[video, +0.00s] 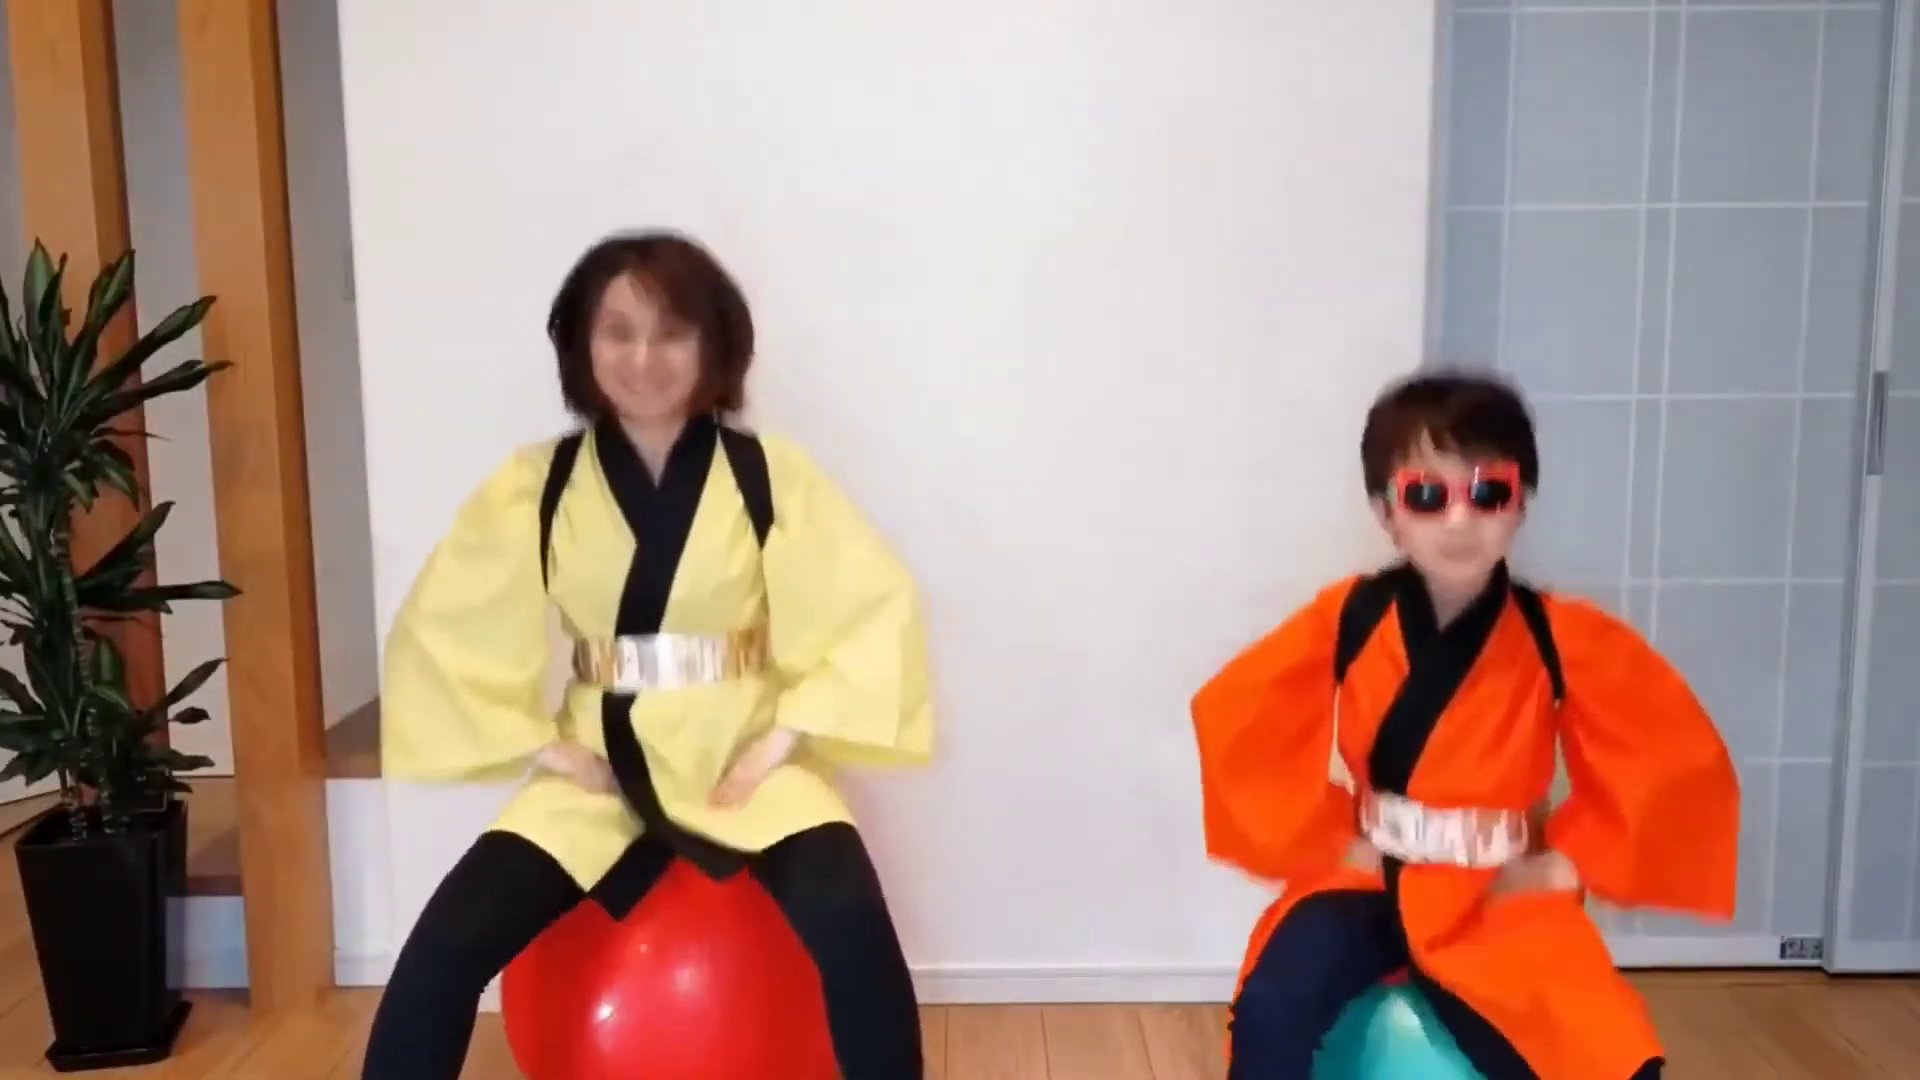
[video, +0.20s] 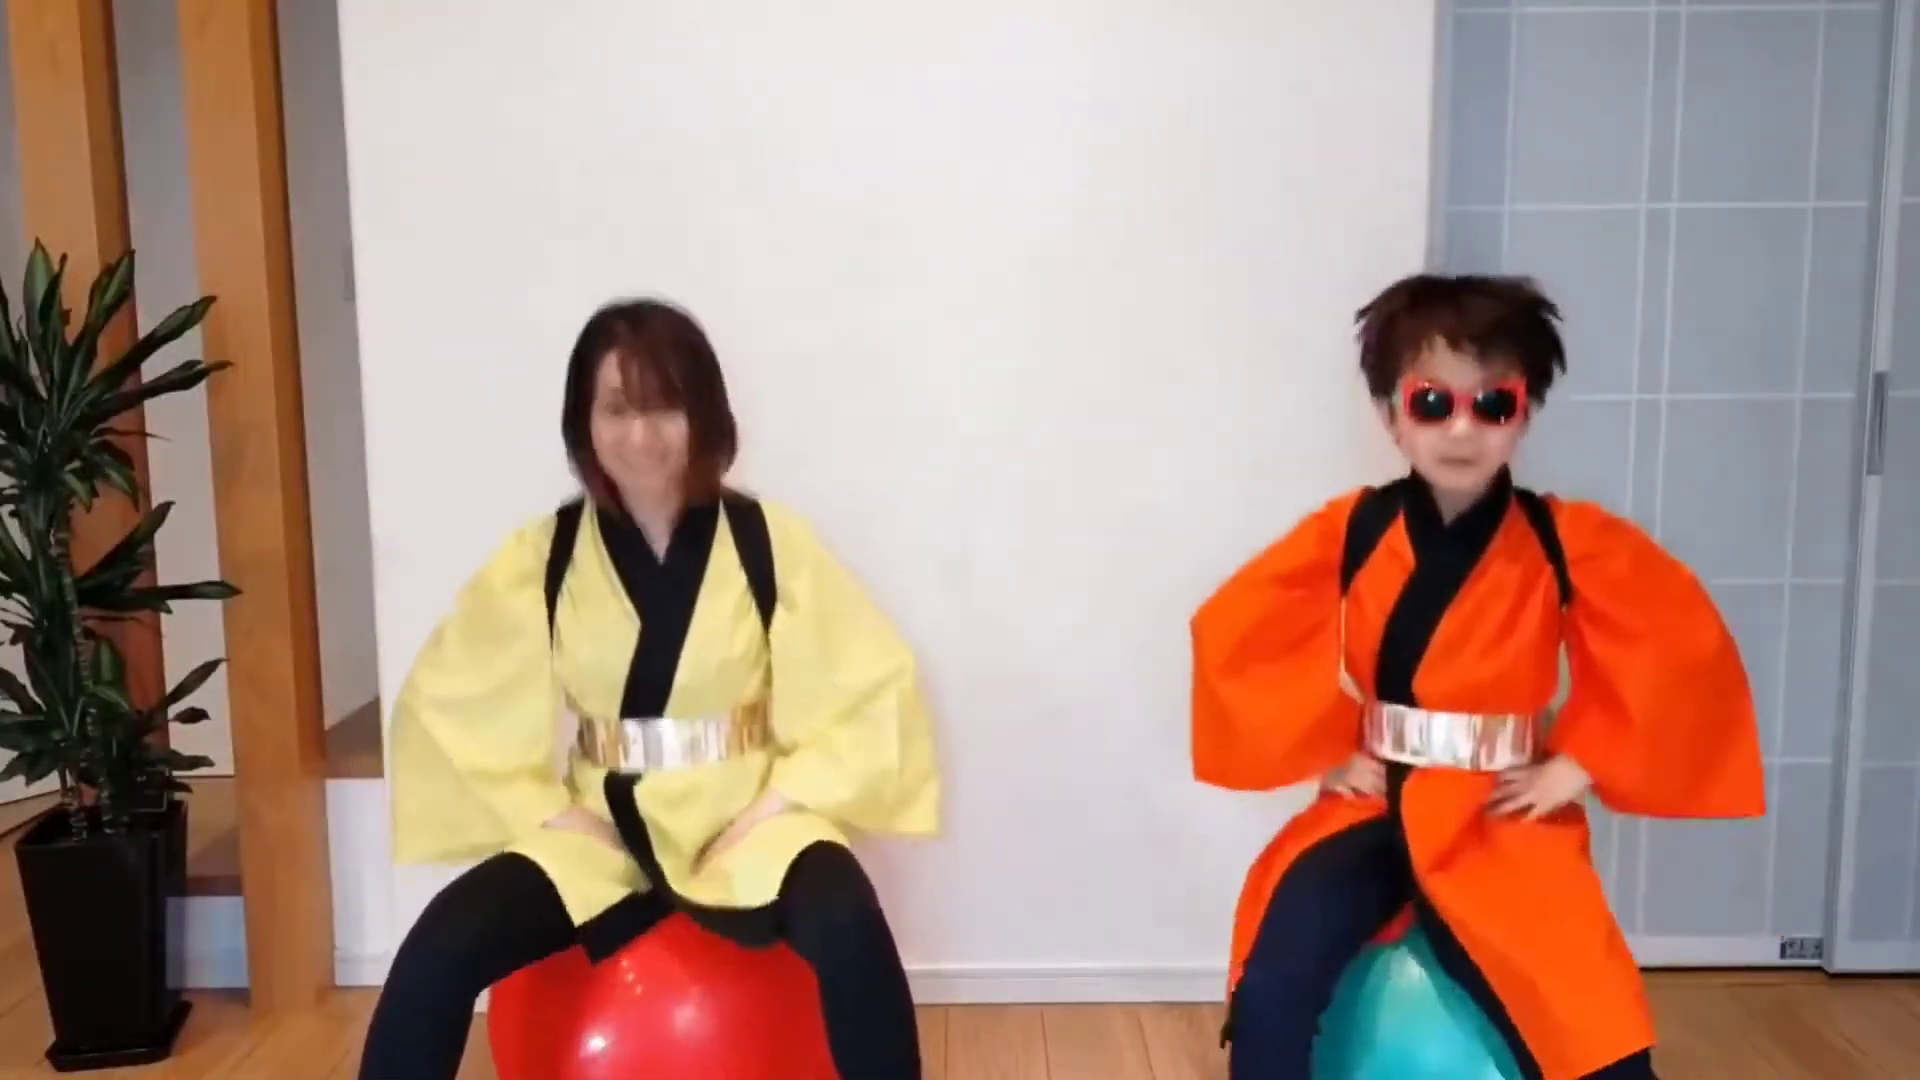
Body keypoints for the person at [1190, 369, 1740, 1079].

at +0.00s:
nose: (1459, 517)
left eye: (1489, 490)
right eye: (1427, 494)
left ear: (1520, 507)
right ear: (1386, 515)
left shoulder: (1559, 635)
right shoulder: (1352, 617)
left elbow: (1678, 758)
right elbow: (1231, 714)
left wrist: (1568, 860)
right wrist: (1326, 830)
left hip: (1504, 900)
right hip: (1365, 888)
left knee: (1618, 1059)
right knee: (1272, 1011)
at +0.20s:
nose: (1462, 427)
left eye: (1494, 402)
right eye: (1432, 402)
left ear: (1527, 414)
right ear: (1392, 418)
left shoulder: (1566, 538)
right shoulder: (1352, 530)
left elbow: (1682, 644)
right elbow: (1232, 632)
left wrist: (1583, 759)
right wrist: (1327, 744)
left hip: (1509, 816)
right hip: (1374, 807)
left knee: (1598, 1017)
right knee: (1280, 961)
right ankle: (1265, 1064)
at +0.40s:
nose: (1456, 562)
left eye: (1486, 541)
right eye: (1426, 541)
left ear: (1520, 563)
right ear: (1387, 566)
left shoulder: (1561, 688)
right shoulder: (1353, 676)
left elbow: (1680, 805)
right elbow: (1229, 764)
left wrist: (1571, 899)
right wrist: (1332, 864)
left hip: (1503, 938)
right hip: (1370, 924)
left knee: (1597, 1042)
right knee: (1313, 971)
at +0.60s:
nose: (1463, 436)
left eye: (1492, 413)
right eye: (1432, 415)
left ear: (1527, 443)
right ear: (1389, 449)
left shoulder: (1562, 574)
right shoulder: (1354, 563)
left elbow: (1678, 696)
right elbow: (1237, 669)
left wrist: (1566, 813)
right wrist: (1338, 797)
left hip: (1508, 849)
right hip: (1370, 839)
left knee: (1590, 1036)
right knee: (1284, 993)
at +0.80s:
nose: (1458, 457)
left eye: (1487, 433)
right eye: (1425, 434)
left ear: (1518, 462)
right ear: (1382, 470)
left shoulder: (1555, 588)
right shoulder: (1349, 580)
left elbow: (1677, 700)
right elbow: (1229, 685)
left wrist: (1568, 821)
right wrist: (1333, 801)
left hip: (1505, 862)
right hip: (1369, 852)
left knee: (1583, 1041)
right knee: (1295, 965)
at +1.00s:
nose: (1454, 536)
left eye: (1482, 511)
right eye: (1421, 512)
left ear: (1514, 542)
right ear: (1380, 547)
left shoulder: (1555, 675)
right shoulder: (1345, 661)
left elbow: (1683, 801)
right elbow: (1224, 760)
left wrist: (1555, 894)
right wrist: (1330, 865)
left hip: (1503, 929)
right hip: (1366, 916)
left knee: (1594, 1054)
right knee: (1300, 997)